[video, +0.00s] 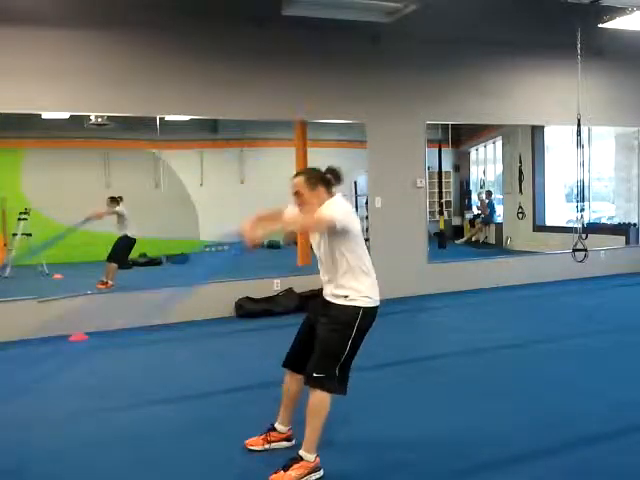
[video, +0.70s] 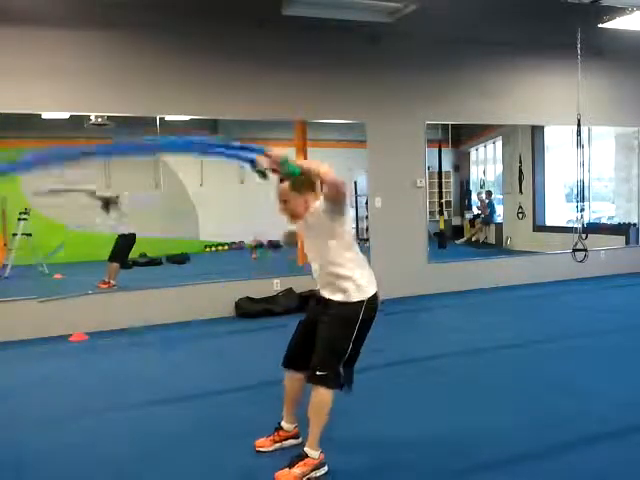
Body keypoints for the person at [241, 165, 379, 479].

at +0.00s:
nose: (297, 200)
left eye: (300, 194)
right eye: (295, 195)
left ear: (320, 190)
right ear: (308, 194)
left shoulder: (338, 207)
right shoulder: (309, 210)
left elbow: (313, 223)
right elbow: (281, 216)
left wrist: (270, 229)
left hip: (356, 302)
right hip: (330, 296)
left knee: (320, 379)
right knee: (296, 366)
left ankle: (309, 458)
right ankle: (282, 429)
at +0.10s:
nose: (292, 203)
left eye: (295, 195)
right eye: (289, 197)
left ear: (313, 190)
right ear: (297, 196)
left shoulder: (339, 209)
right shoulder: (311, 220)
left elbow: (333, 175)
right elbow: (303, 261)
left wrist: (279, 171)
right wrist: (300, 227)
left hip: (356, 299)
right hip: (329, 297)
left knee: (319, 376)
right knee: (293, 365)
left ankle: (314, 456)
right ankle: (288, 428)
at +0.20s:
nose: (271, 224)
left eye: (274, 217)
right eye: (269, 218)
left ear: (290, 213)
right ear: (280, 215)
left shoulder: (315, 229)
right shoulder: (296, 234)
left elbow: (335, 225)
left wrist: (307, 198)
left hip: (354, 306)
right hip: (328, 303)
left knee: (315, 380)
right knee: (290, 369)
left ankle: (306, 456)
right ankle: (285, 429)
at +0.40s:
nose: (260, 241)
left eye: (265, 235)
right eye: (261, 236)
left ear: (287, 238)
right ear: (284, 239)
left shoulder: (314, 263)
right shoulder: (292, 261)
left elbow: (333, 317)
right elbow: (298, 302)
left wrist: (314, 359)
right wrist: (285, 334)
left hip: (361, 314)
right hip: (331, 312)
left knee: (313, 382)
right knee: (291, 368)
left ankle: (305, 458)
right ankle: (285, 433)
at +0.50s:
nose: (289, 207)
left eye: (292, 200)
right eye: (288, 201)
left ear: (313, 198)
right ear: (310, 200)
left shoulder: (335, 222)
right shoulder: (309, 224)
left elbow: (330, 269)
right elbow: (286, 250)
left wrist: (285, 286)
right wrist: (256, 266)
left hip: (356, 305)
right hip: (328, 300)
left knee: (321, 380)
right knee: (294, 366)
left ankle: (308, 458)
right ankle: (287, 430)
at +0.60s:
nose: (304, 189)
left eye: (308, 181)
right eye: (301, 182)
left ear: (325, 178)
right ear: (303, 183)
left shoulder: (343, 197)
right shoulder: (316, 205)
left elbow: (326, 182)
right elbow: (291, 189)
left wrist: (286, 185)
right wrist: (259, 199)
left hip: (357, 297)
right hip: (330, 292)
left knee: (329, 377)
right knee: (301, 365)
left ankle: (314, 456)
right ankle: (287, 429)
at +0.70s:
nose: (283, 208)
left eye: (287, 201)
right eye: (280, 202)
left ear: (308, 196)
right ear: (287, 201)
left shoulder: (328, 214)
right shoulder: (303, 221)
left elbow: (335, 192)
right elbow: (294, 187)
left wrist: (325, 180)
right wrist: (279, 168)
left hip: (355, 298)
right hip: (327, 295)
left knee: (323, 375)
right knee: (295, 364)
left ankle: (313, 454)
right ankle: (289, 428)